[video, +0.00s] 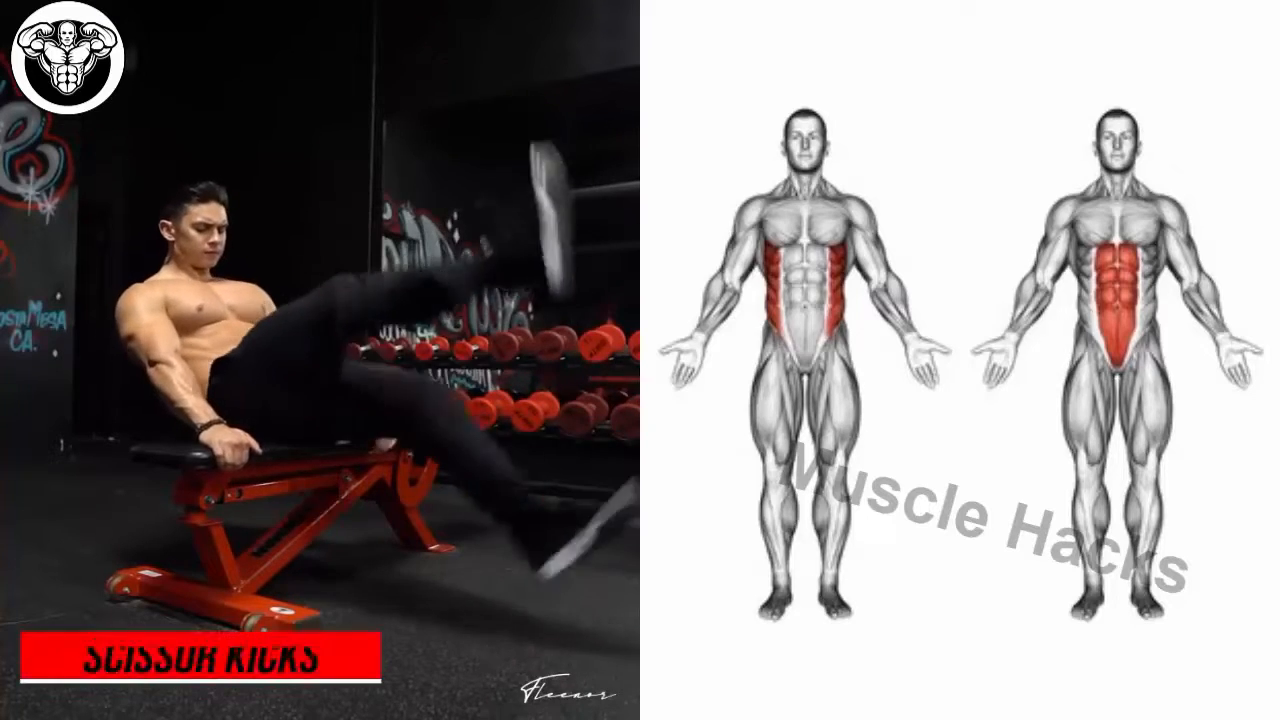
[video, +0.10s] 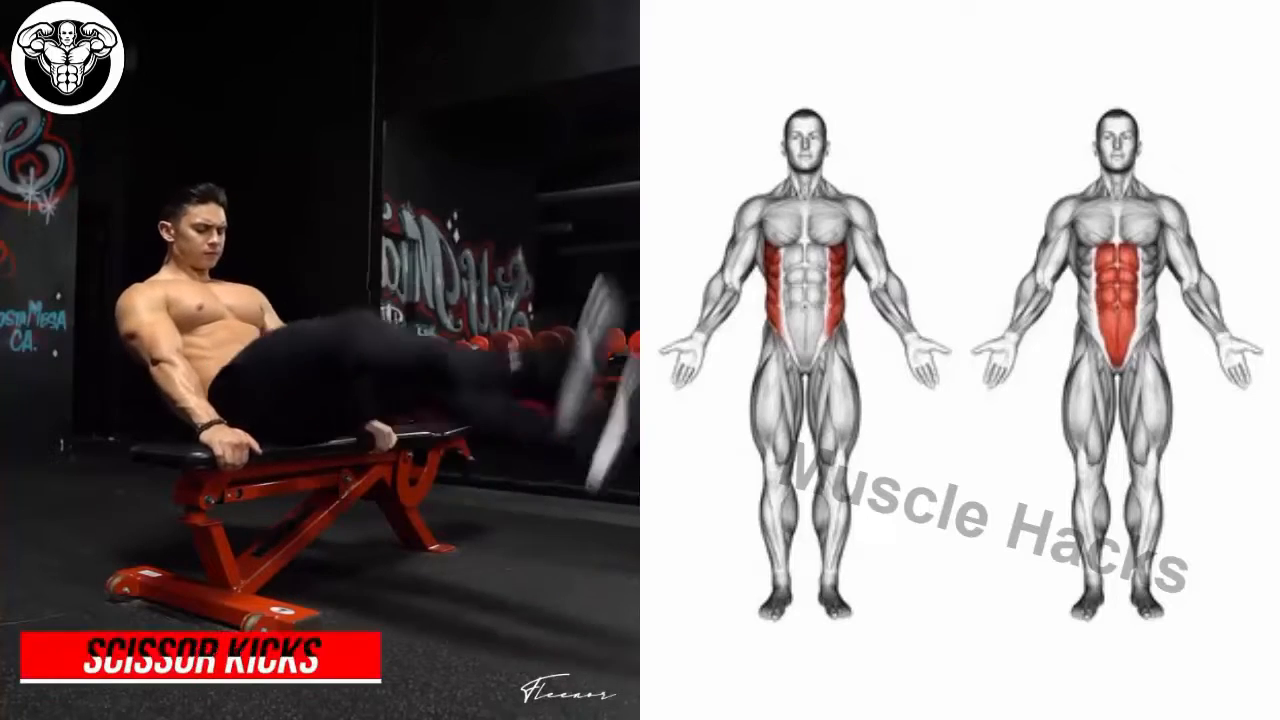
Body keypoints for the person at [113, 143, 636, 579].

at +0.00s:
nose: (215, 239)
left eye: (221, 230)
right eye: (202, 229)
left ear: (225, 235)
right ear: (168, 232)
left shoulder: (251, 293)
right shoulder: (143, 298)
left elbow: (302, 350)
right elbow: (163, 366)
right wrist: (210, 426)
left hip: (302, 396)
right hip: (242, 393)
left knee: (425, 398)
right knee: (336, 299)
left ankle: (539, 532)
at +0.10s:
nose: (214, 241)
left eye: (220, 232)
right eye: (202, 230)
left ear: (224, 236)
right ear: (169, 233)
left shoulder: (249, 294)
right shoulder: (142, 296)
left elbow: (303, 360)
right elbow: (166, 364)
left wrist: (361, 418)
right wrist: (210, 424)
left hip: (300, 402)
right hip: (242, 401)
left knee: (432, 372)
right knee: (346, 333)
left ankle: (568, 439)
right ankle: (505, 368)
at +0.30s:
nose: (220, 235)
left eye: (226, 226)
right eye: (208, 224)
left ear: (229, 234)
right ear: (174, 229)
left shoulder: (250, 292)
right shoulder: (146, 291)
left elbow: (310, 353)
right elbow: (168, 361)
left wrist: (368, 380)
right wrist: (210, 424)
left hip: (302, 376)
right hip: (249, 392)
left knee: (386, 301)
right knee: (375, 421)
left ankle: (532, 231)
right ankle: (502, 574)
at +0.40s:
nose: (224, 230)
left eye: (229, 221)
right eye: (211, 219)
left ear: (231, 229)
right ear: (177, 225)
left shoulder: (250, 291)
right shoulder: (147, 287)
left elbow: (309, 351)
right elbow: (166, 359)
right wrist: (211, 426)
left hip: (300, 374)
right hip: (247, 389)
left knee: (383, 290)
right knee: (371, 427)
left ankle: (509, 201)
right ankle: (491, 587)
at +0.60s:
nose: (216, 227)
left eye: (220, 218)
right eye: (202, 217)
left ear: (222, 226)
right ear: (169, 226)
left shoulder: (249, 290)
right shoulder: (144, 290)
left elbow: (308, 355)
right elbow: (164, 362)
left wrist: (357, 411)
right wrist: (211, 425)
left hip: (297, 386)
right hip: (243, 398)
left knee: (404, 319)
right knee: (365, 359)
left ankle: (576, 340)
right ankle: (537, 434)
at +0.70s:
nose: (212, 225)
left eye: (216, 216)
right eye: (198, 216)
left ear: (218, 226)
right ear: (166, 227)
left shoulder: (253, 291)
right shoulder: (145, 290)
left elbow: (307, 357)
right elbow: (162, 362)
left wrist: (363, 423)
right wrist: (210, 424)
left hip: (305, 401)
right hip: (246, 400)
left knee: (427, 372)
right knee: (355, 312)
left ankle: (564, 445)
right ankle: (527, 297)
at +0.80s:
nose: (210, 217)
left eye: (214, 208)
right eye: (196, 210)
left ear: (218, 223)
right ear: (166, 227)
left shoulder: (256, 288)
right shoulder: (146, 290)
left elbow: (308, 341)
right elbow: (161, 363)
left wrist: (343, 396)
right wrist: (210, 424)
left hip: (313, 401)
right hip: (248, 398)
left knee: (430, 423)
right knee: (336, 293)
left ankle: (568, 547)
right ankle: (488, 212)